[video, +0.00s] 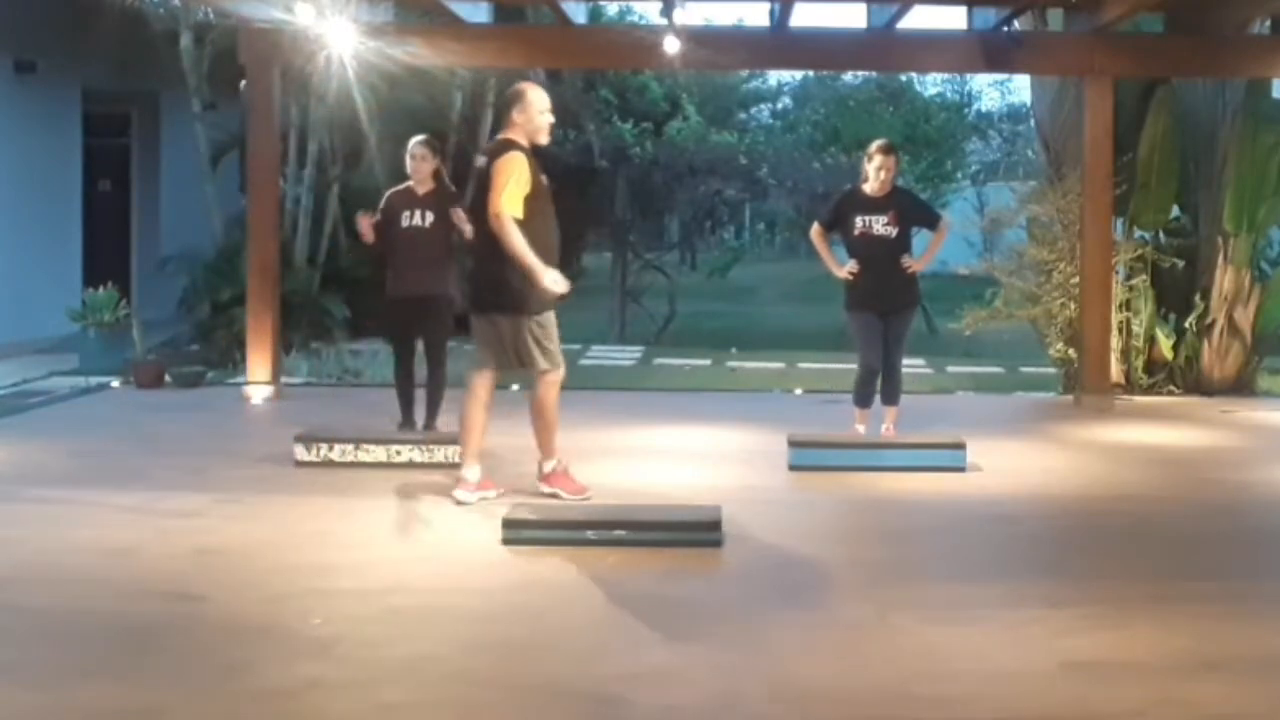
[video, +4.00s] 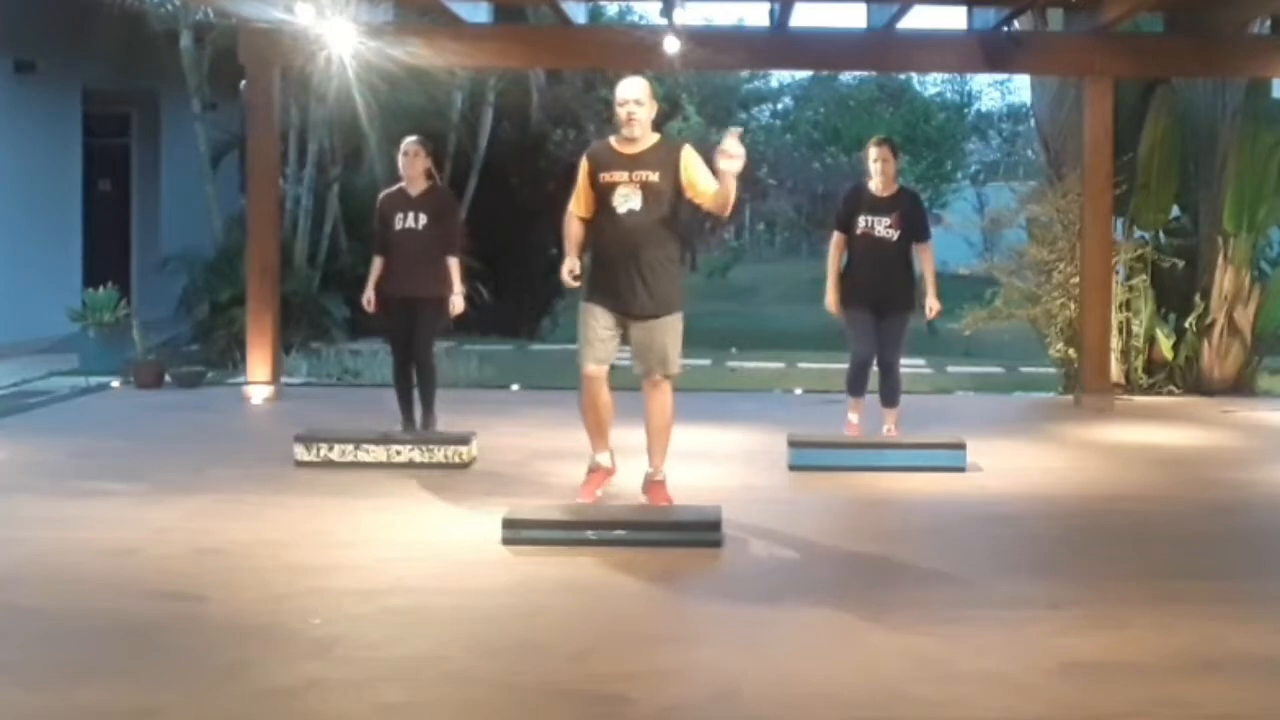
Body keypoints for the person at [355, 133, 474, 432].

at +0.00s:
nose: (415, 163)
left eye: (422, 158)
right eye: (411, 157)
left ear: (436, 162)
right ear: (405, 160)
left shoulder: (448, 197)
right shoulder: (393, 197)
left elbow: (469, 240)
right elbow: (380, 241)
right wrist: (368, 230)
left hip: (437, 291)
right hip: (401, 291)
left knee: (436, 358)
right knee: (403, 358)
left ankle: (430, 420)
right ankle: (407, 418)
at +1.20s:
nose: (412, 167)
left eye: (419, 161)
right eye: (408, 160)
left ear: (433, 162)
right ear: (403, 162)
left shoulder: (447, 197)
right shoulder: (392, 198)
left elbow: (460, 243)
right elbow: (385, 243)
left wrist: (429, 250)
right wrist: (403, 251)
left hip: (434, 291)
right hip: (402, 291)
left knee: (431, 356)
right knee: (408, 357)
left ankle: (430, 418)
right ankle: (414, 418)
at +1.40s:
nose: (413, 169)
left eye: (419, 163)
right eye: (409, 163)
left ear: (433, 165)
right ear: (403, 165)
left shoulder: (447, 200)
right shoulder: (391, 201)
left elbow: (457, 245)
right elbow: (387, 248)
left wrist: (442, 279)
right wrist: (389, 286)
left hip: (435, 290)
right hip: (403, 290)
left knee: (436, 358)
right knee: (409, 359)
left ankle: (431, 417)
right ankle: (414, 417)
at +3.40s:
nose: (418, 162)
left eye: (425, 157)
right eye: (414, 156)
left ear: (438, 164)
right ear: (408, 162)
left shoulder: (449, 201)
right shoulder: (399, 199)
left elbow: (455, 250)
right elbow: (393, 247)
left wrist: (455, 292)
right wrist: (382, 284)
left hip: (436, 292)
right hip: (402, 292)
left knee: (440, 358)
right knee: (400, 356)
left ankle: (436, 417)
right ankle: (412, 413)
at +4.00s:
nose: (408, 160)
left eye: (414, 155)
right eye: (404, 154)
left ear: (428, 161)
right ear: (398, 160)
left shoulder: (442, 199)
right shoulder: (387, 199)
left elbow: (452, 249)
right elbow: (380, 248)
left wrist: (457, 290)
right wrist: (370, 285)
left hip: (430, 293)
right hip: (395, 293)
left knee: (422, 354)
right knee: (401, 358)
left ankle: (428, 418)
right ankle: (407, 421)